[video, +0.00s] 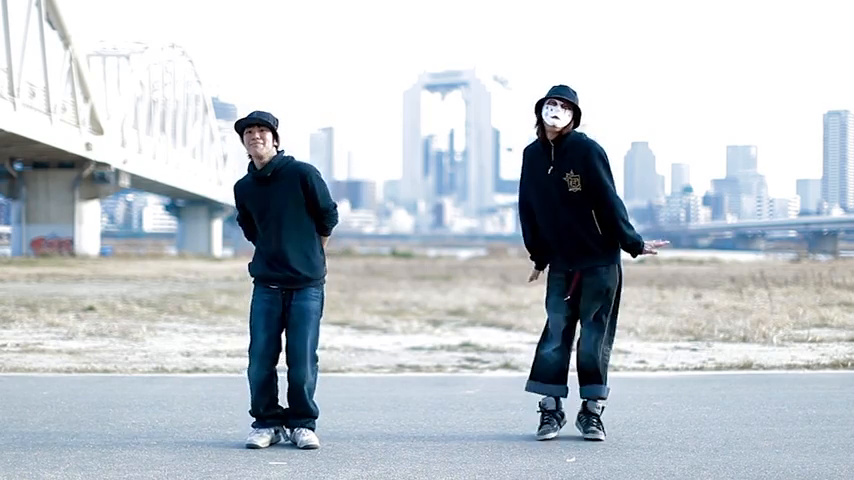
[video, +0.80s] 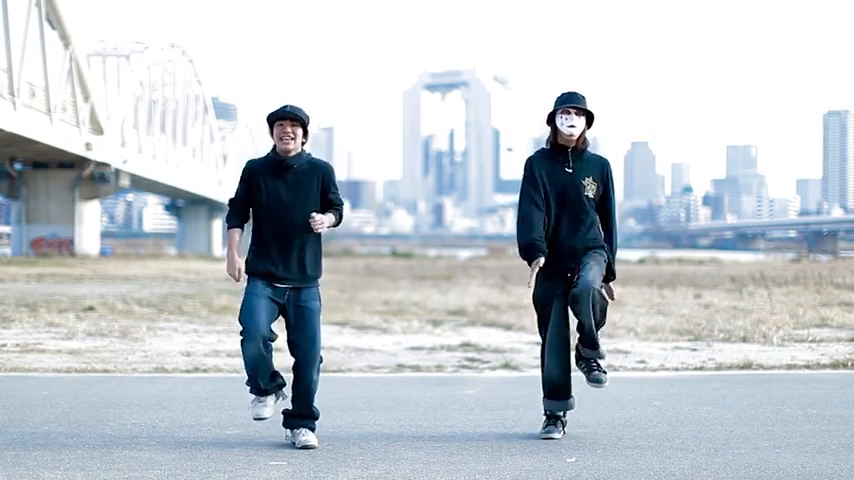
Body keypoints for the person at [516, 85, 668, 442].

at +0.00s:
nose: (554, 112)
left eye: (563, 108)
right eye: (550, 105)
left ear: (573, 116)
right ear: (540, 111)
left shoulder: (586, 150)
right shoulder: (532, 153)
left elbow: (608, 199)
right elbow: (527, 207)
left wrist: (634, 243)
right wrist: (538, 255)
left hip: (599, 258)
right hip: (561, 258)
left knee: (595, 333)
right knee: (555, 330)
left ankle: (590, 412)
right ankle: (550, 411)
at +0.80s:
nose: (570, 121)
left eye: (577, 115)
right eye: (564, 115)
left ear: (585, 123)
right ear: (554, 120)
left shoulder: (599, 165)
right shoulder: (537, 163)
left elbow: (608, 221)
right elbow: (530, 210)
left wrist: (608, 272)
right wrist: (535, 251)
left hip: (592, 249)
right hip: (553, 255)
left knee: (586, 287)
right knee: (553, 334)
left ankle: (588, 353)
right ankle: (554, 412)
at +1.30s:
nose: (577, 123)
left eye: (583, 118)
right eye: (571, 118)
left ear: (592, 124)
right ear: (560, 123)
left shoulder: (606, 164)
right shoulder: (542, 166)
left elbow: (626, 198)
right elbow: (527, 206)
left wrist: (646, 219)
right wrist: (520, 239)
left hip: (598, 259)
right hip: (559, 256)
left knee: (591, 335)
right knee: (586, 308)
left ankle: (584, 412)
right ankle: (561, 364)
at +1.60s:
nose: (575, 130)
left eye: (581, 124)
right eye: (569, 123)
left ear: (591, 127)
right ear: (559, 127)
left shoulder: (608, 166)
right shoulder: (541, 170)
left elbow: (651, 186)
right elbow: (511, 212)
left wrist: (619, 201)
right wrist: (538, 235)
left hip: (597, 271)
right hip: (557, 271)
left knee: (590, 344)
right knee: (557, 343)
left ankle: (585, 415)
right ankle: (556, 417)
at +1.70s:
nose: (574, 140)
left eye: (581, 134)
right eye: (569, 133)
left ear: (591, 133)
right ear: (559, 131)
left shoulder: (608, 166)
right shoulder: (543, 166)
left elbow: (649, 175)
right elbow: (503, 183)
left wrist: (630, 136)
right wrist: (534, 149)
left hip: (594, 265)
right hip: (552, 267)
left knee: (596, 326)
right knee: (555, 339)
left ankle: (586, 381)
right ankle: (554, 414)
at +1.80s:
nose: (577, 140)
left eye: (584, 135)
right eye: (571, 134)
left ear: (593, 133)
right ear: (560, 130)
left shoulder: (608, 161)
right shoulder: (538, 160)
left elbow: (650, 172)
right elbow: (498, 176)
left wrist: (686, 140)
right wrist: (481, 135)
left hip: (596, 258)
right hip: (554, 260)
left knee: (593, 312)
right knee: (555, 332)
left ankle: (590, 365)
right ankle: (555, 412)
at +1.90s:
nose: (580, 137)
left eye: (587, 131)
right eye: (575, 130)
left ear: (596, 129)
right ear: (563, 126)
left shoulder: (607, 159)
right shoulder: (541, 159)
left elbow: (648, 190)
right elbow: (501, 185)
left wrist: (691, 216)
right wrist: (455, 196)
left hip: (597, 257)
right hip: (555, 259)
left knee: (596, 323)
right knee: (556, 334)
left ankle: (592, 384)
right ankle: (556, 412)